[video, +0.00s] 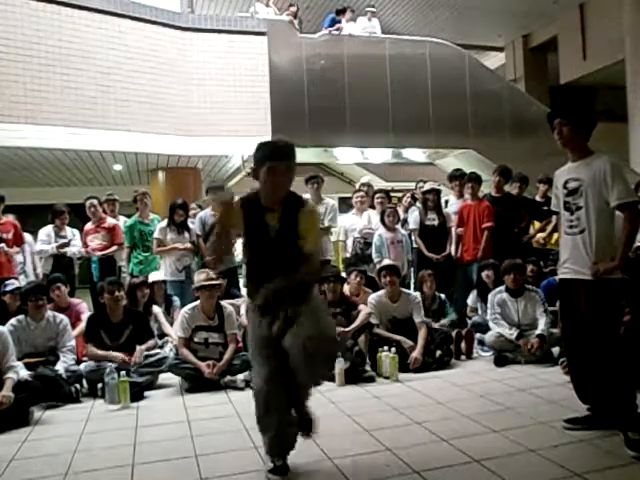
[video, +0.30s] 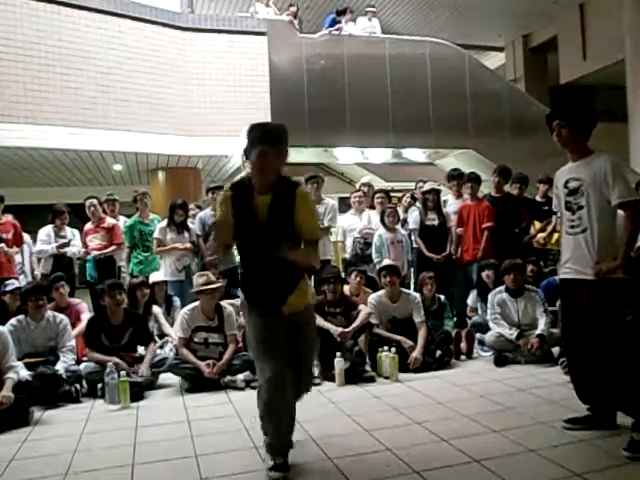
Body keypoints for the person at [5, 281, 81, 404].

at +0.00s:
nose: (39, 303)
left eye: (42, 299)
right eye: (34, 300)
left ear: (47, 301)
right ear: (25, 305)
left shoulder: (60, 321)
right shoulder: (14, 326)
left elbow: (69, 352)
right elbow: (10, 359)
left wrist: (58, 371)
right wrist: (24, 375)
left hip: (53, 367)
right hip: (28, 370)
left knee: (76, 374)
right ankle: (69, 394)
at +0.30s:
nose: (39, 303)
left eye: (42, 299)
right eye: (34, 300)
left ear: (47, 301)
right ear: (25, 304)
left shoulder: (60, 321)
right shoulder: (14, 326)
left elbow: (68, 352)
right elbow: (10, 359)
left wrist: (58, 371)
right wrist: (24, 375)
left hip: (53, 367)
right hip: (28, 370)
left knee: (75, 374)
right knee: (19, 388)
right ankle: (66, 394)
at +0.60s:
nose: (39, 303)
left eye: (42, 299)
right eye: (33, 300)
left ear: (47, 301)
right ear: (25, 305)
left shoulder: (60, 321)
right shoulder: (14, 325)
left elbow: (68, 351)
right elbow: (10, 358)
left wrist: (58, 370)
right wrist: (23, 374)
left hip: (53, 367)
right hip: (28, 370)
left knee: (75, 374)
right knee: (20, 388)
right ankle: (66, 394)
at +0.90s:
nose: (39, 303)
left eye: (42, 299)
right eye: (33, 300)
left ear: (47, 301)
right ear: (25, 305)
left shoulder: (60, 321)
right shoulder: (14, 325)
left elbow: (69, 352)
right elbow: (11, 358)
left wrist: (58, 371)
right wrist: (24, 375)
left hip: (54, 367)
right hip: (28, 370)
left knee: (75, 374)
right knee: (21, 389)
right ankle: (67, 394)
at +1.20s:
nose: (41, 303)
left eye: (43, 299)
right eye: (35, 300)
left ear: (48, 300)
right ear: (25, 305)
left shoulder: (60, 321)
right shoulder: (14, 325)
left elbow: (68, 352)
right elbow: (6, 354)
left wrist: (59, 371)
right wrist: (16, 373)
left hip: (53, 366)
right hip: (27, 369)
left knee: (75, 373)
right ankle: (65, 394)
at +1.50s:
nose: (46, 303)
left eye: (46, 298)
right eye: (40, 300)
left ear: (49, 299)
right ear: (28, 305)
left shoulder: (59, 321)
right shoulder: (14, 326)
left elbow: (68, 352)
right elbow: (11, 357)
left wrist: (59, 370)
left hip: (54, 366)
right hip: (28, 369)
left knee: (75, 373)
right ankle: (66, 394)